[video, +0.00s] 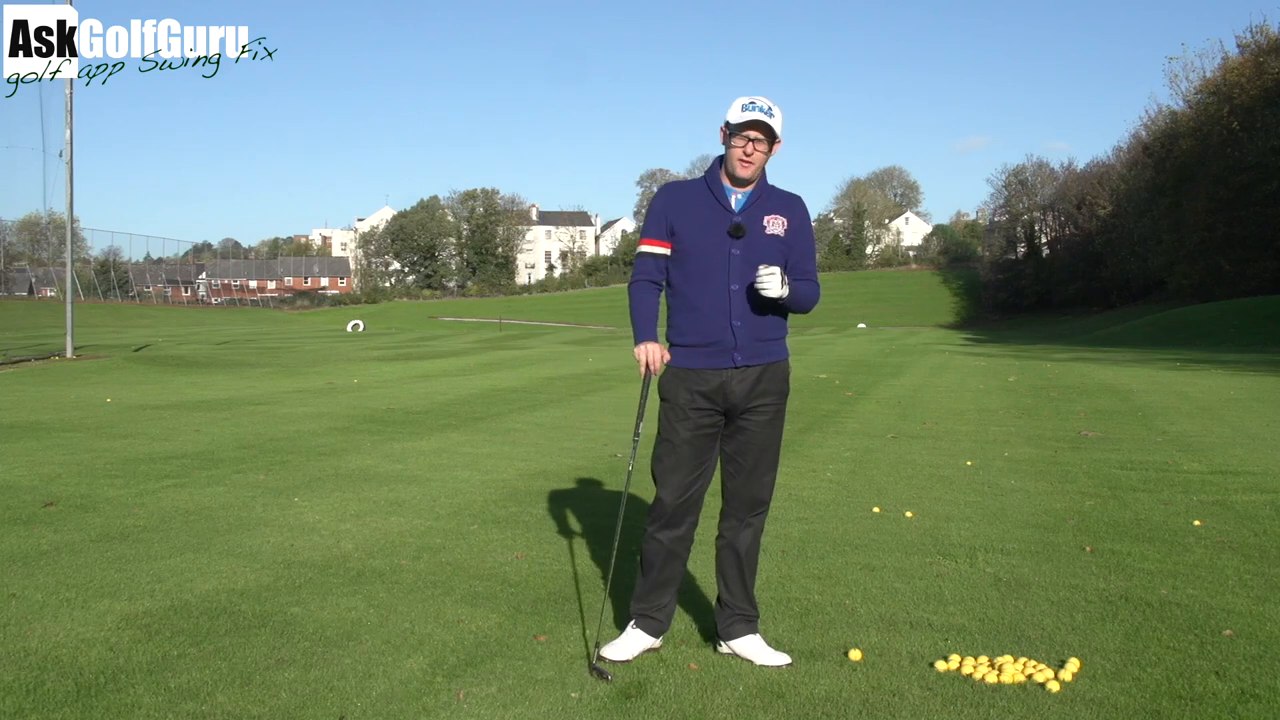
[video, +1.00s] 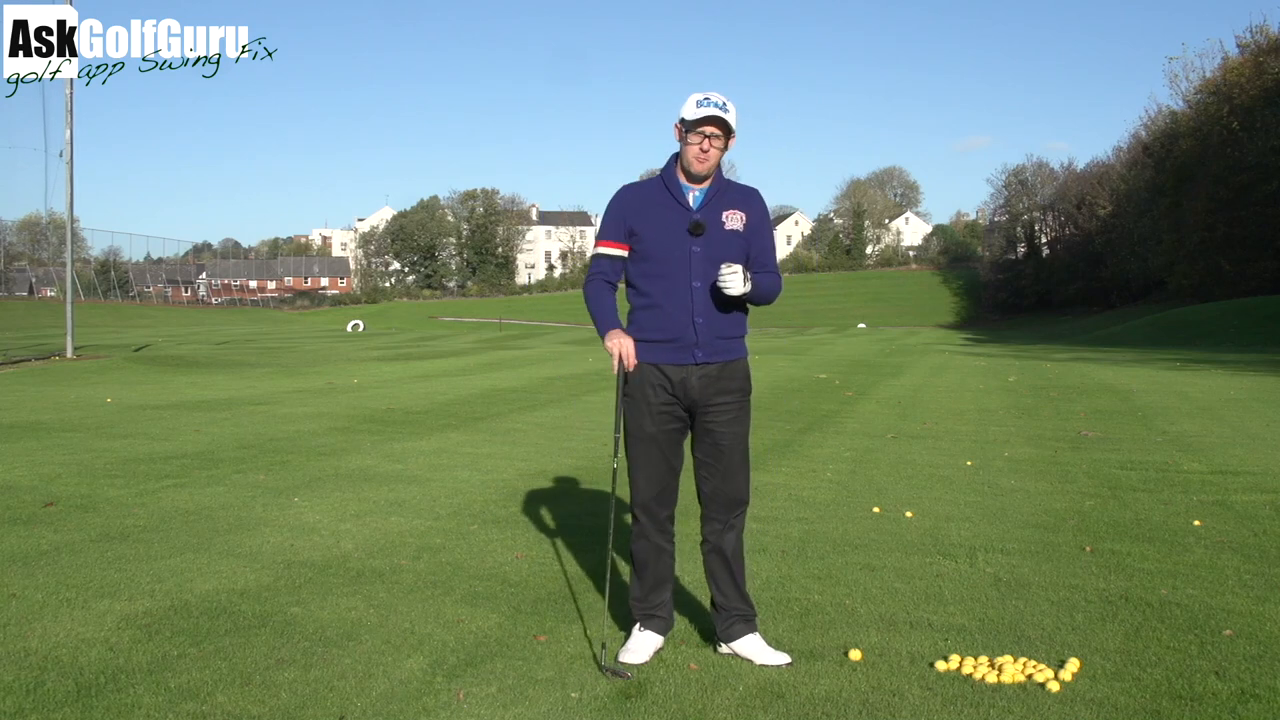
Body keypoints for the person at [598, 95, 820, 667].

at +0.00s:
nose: (748, 146)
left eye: (760, 138)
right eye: (740, 135)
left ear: (773, 147)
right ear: (724, 139)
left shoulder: (790, 210)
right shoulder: (674, 199)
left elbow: (808, 294)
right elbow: (646, 276)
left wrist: (788, 288)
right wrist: (646, 336)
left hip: (762, 376)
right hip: (690, 374)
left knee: (747, 507)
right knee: (673, 503)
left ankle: (736, 627)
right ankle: (647, 623)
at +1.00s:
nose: (704, 144)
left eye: (715, 137)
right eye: (696, 133)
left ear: (728, 145)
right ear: (678, 135)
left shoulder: (748, 203)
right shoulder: (633, 200)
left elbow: (770, 283)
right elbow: (599, 279)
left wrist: (749, 284)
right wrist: (611, 329)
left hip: (725, 374)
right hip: (651, 373)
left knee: (726, 506)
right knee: (651, 506)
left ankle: (734, 628)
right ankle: (650, 622)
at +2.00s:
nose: (660, 152)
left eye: (669, 143)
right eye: (650, 140)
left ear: (675, 148)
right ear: (624, 140)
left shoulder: (693, 203)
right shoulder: (581, 212)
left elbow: (720, 279)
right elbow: (560, 297)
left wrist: (697, 292)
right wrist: (582, 340)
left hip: (692, 375)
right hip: (623, 379)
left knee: (719, 500)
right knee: (635, 507)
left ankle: (733, 625)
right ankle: (649, 621)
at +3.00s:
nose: (666, 146)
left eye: (677, 140)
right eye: (658, 135)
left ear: (688, 148)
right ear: (639, 137)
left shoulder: (705, 205)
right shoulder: (595, 207)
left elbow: (728, 290)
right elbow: (585, 291)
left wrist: (730, 264)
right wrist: (643, 263)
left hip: (705, 369)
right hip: (633, 374)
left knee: (721, 501)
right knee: (642, 504)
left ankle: (732, 626)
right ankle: (649, 621)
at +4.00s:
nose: (713, 147)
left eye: (724, 139)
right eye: (705, 137)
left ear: (738, 147)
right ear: (689, 141)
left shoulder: (759, 205)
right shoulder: (649, 208)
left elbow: (782, 295)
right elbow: (631, 293)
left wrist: (782, 263)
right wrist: (666, 258)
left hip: (749, 371)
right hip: (677, 373)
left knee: (739, 506)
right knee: (669, 502)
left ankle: (733, 626)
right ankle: (652, 621)